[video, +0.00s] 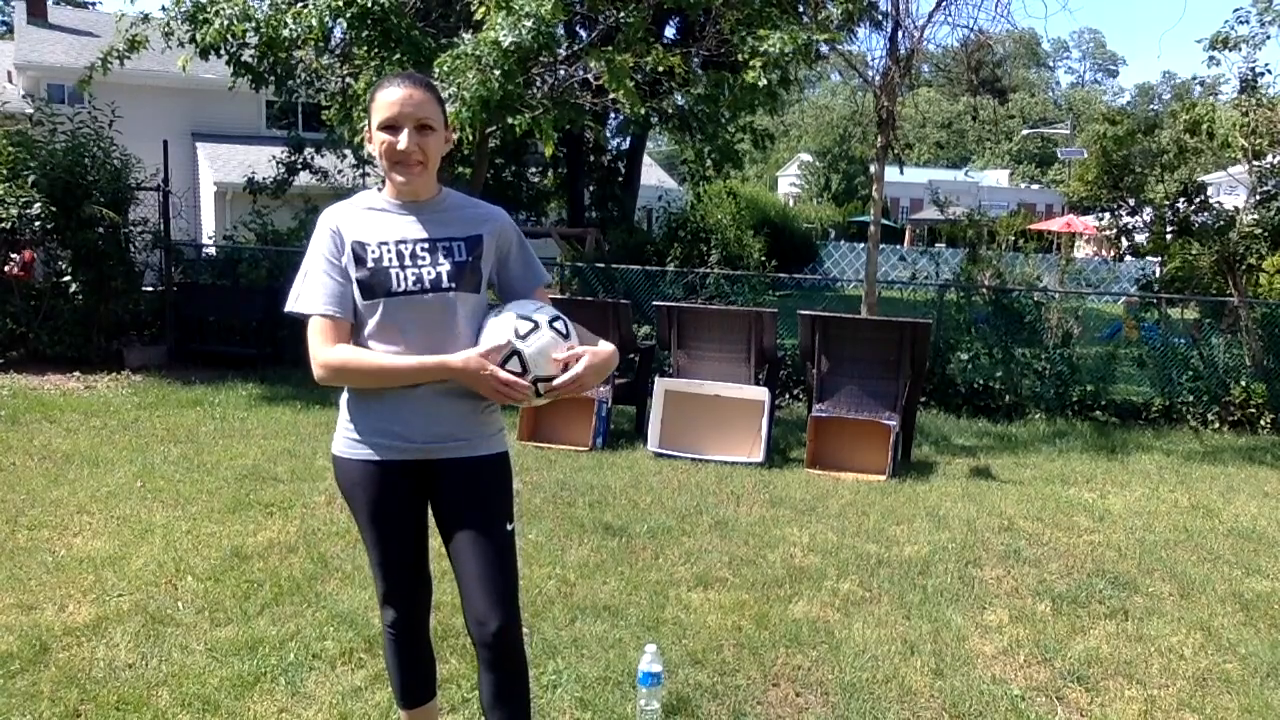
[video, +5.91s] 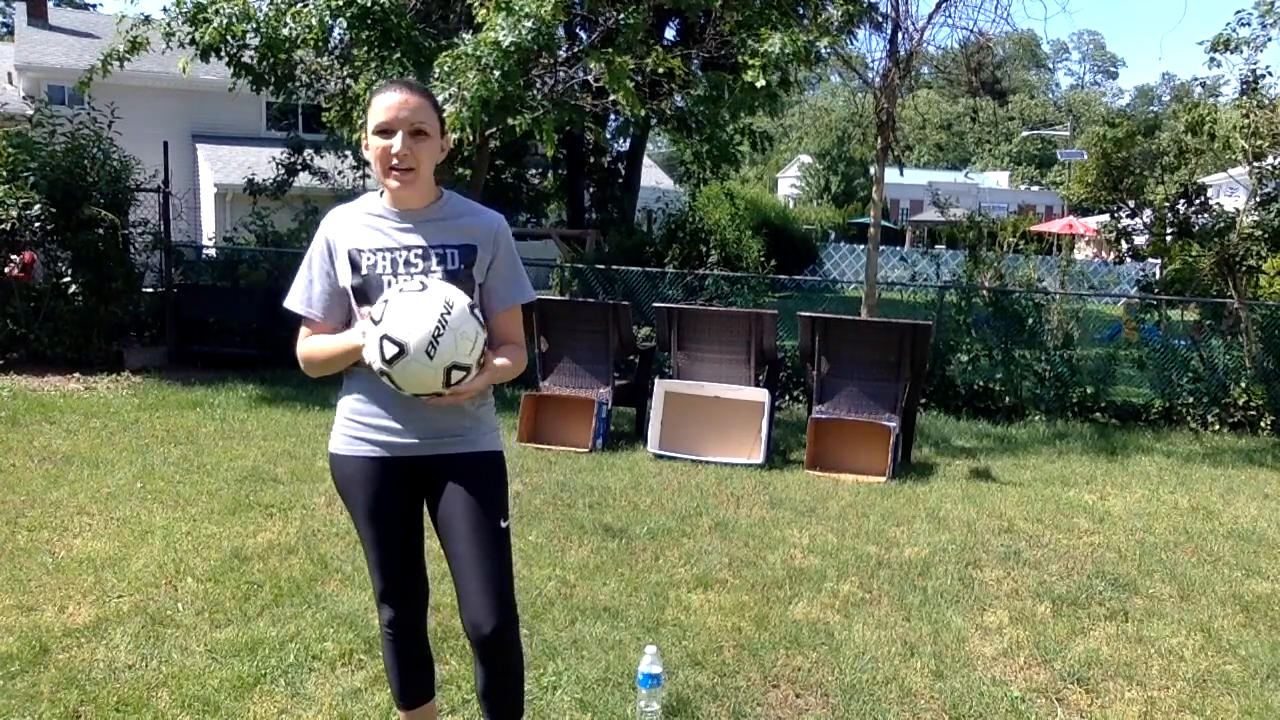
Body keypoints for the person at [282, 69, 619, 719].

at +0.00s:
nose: (406, 141)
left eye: (422, 127)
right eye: (390, 128)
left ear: (446, 138)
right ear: (370, 140)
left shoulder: (490, 225)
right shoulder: (341, 226)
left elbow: (542, 329)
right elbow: (326, 361)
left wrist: (606, 352)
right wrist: (451, 367)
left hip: (472, 451)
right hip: (376, 454)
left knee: (496, 626)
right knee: (402, 614)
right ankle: (420, 715)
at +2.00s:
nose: (415, 160)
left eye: (432, 143)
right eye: (400, 144)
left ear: (458, 146)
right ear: (380, 147)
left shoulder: (499, 230)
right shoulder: (351, 229)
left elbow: (541, 337)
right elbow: (333, 359)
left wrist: (599, 348)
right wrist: (454, 367)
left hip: (479, 452)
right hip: (382, 455)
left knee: (505, 629)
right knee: (406, 614)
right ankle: (421, 714)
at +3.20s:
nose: (424, 144)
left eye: (439, 130)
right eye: (408, 132)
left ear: (464, 144)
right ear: (388, 148)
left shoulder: (503, 232)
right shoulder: (356, 226)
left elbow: (527, 350)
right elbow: (318, 343)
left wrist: (500, 377)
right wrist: (347, 371)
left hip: (471, 447)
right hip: (375, 449)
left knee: (497, 620)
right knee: (402, 610)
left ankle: (509, 718)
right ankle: (419, 714)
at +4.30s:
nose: (428, 147)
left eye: (443, 132)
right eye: (410, 133)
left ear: (463, 142)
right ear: (387, 146)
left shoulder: (502, 227)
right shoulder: (355, 222)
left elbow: (514, 360)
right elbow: (327, 358)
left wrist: (446, 333)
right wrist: (328, 306)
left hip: (476, 440)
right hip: (380, 439)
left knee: (497, 625)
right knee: (405, 611)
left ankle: (506, 718)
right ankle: (420, 716)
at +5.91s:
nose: (399, 146)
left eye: (417, 133)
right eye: (384, 132)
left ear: (442, 145)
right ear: (365, 144)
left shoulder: (485, 228)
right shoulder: (341, 228)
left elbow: (513, 349)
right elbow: (310, 354)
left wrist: (486, 370)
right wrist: (355, 341)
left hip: (466, 444)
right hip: (371, 444)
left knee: (491, 624)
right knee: (400, 613)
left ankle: (504, 719)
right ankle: (419, 716)